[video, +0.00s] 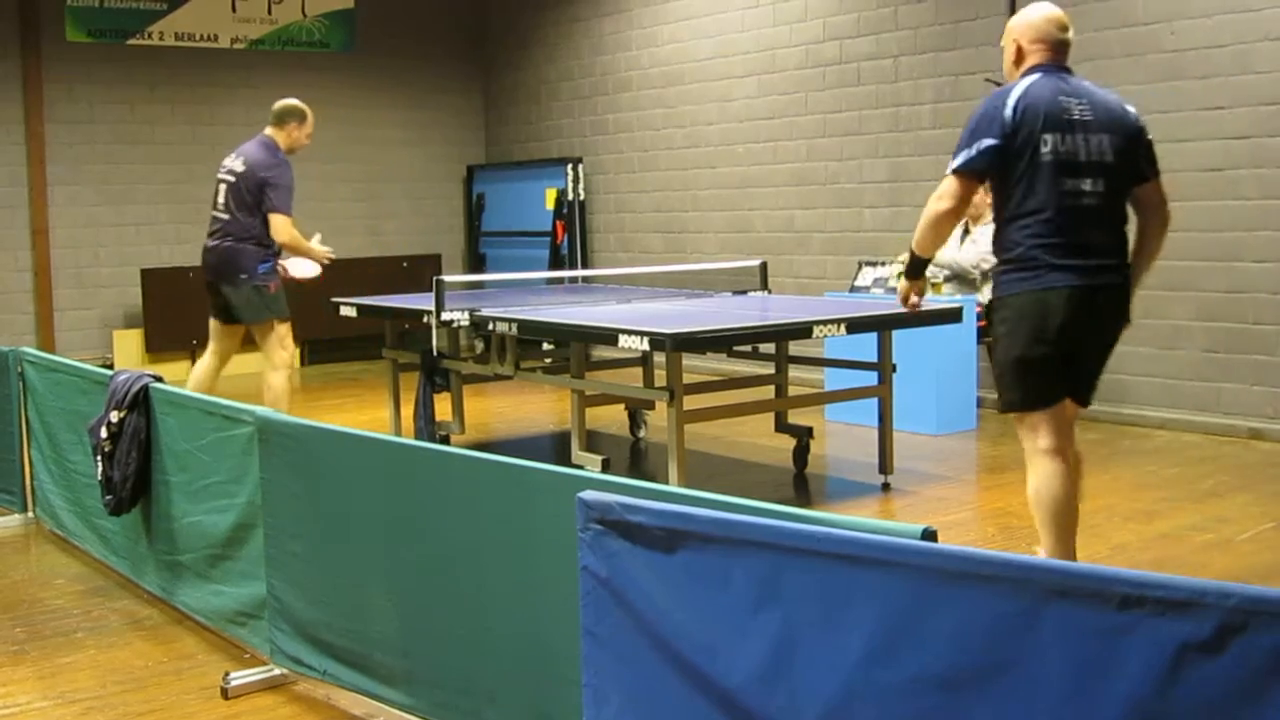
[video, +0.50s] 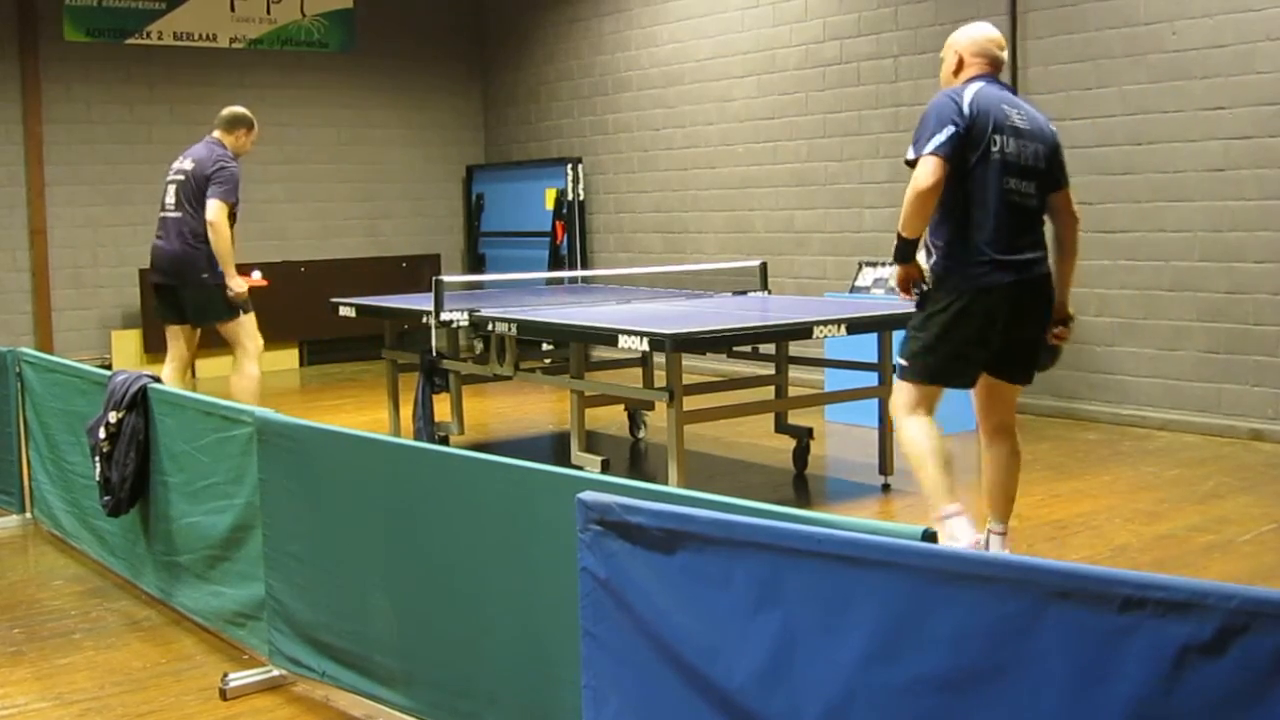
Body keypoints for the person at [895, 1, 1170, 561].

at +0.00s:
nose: (1004, 62)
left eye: (1006, 52)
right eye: (1006, 52)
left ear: (1018, 50)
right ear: (1064, 51)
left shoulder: (1006, 107)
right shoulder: (1118, 113)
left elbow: (950, 202)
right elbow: (1155, 214)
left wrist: (914, 269)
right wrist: (1128, 281)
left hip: (1031, 298)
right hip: (1104, 295)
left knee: (1045, 445)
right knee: (1059, 433)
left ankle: (1059, 578)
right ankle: (1059, 565)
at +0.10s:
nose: (990, 70)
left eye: (992, 60)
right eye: (992, 61)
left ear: (1003, 60)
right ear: (1051, 59)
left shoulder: (992, 109)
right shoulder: (1100, 121)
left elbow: (933, 208)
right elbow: (1135, 221)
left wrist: (914, 264)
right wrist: (1112, 291)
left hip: (1016, 298)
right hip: (1087, 297)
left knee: (1036, 441)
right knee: (1040, 429)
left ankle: (1059, 580)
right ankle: (1013, 534)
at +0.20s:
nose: (979, 75)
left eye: (980, 67)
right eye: (980, 67)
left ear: (991, 66)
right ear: (1038, 66)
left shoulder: (983, 115)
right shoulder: (1085, 130)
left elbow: (925, 210)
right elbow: (1118, 228)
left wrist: (911, 266)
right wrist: (1100, 311)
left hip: (1001, 301)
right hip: (1067, 301)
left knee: (1024, 438)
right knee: (1014, 427)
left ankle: (1057, 574)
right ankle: (996, 540)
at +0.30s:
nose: (968, 75)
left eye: (970, 66)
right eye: (970, 66)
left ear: (981, 65)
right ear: (1026, 67)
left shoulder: (973, 111)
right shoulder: (1071, 131)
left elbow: (926, 204)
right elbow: (1098, 230)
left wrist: (908, 265)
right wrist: (1092, 313)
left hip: (986, 296)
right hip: (1050, 297)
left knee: (985, 426)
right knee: (1008, 421)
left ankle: (1040, 552)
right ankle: (995, 539)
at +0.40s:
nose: (957, 74)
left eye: (959, 66)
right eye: (958, 67)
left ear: (971, 63)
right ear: (1016, 68)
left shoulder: (964, 107)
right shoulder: (1056, 127)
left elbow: (928, 194)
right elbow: (1082, 225)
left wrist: (906, 260)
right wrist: (1079, 308)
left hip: (977, 295)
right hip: (1040, 297)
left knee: (939, 419)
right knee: (1000, 422)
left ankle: (1011, 527)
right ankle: (992, 541)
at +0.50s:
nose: (940, 74)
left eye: (943, 64)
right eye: (941, 66)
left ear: (957, 61)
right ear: (1002, 66)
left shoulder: (953, 102)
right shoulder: (1040, 124)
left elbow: (929, 181)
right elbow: (1067, 219)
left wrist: (905, 255)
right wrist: (1061, 299)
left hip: (964, 289)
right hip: (1029, 293)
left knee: (908, 407)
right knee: (998, 417)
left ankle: (952, 525)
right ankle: (995, 542)